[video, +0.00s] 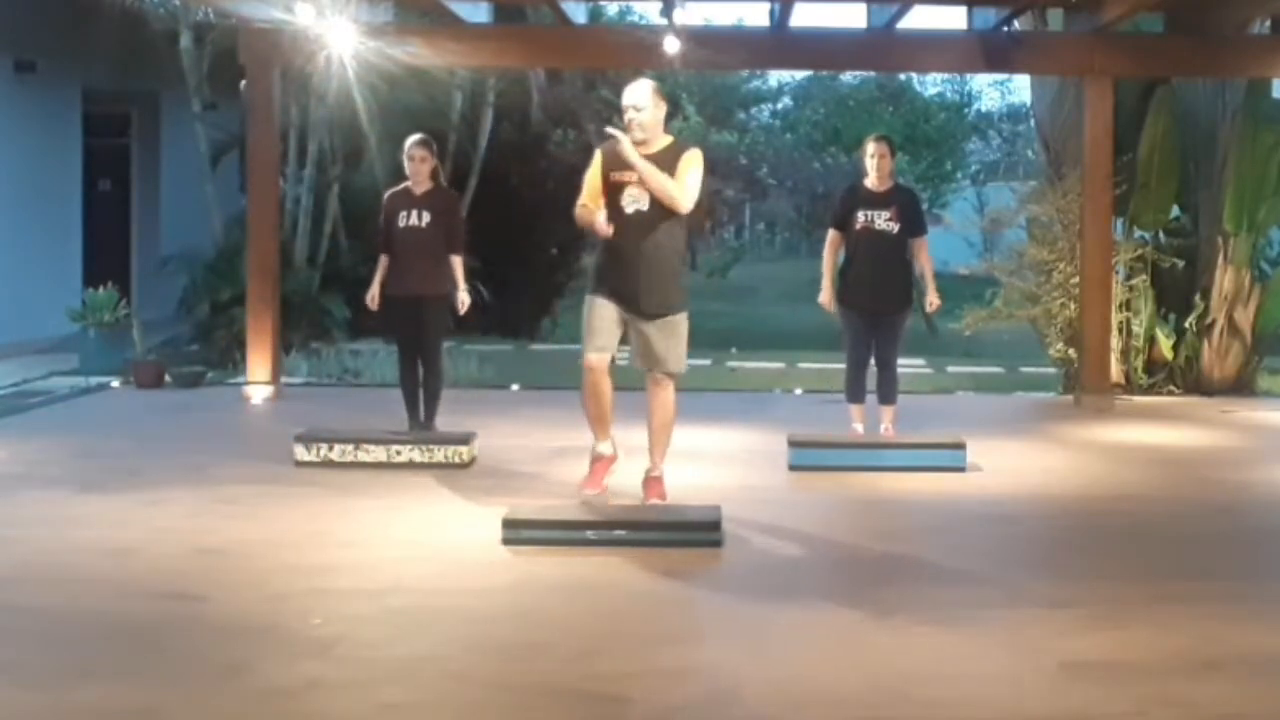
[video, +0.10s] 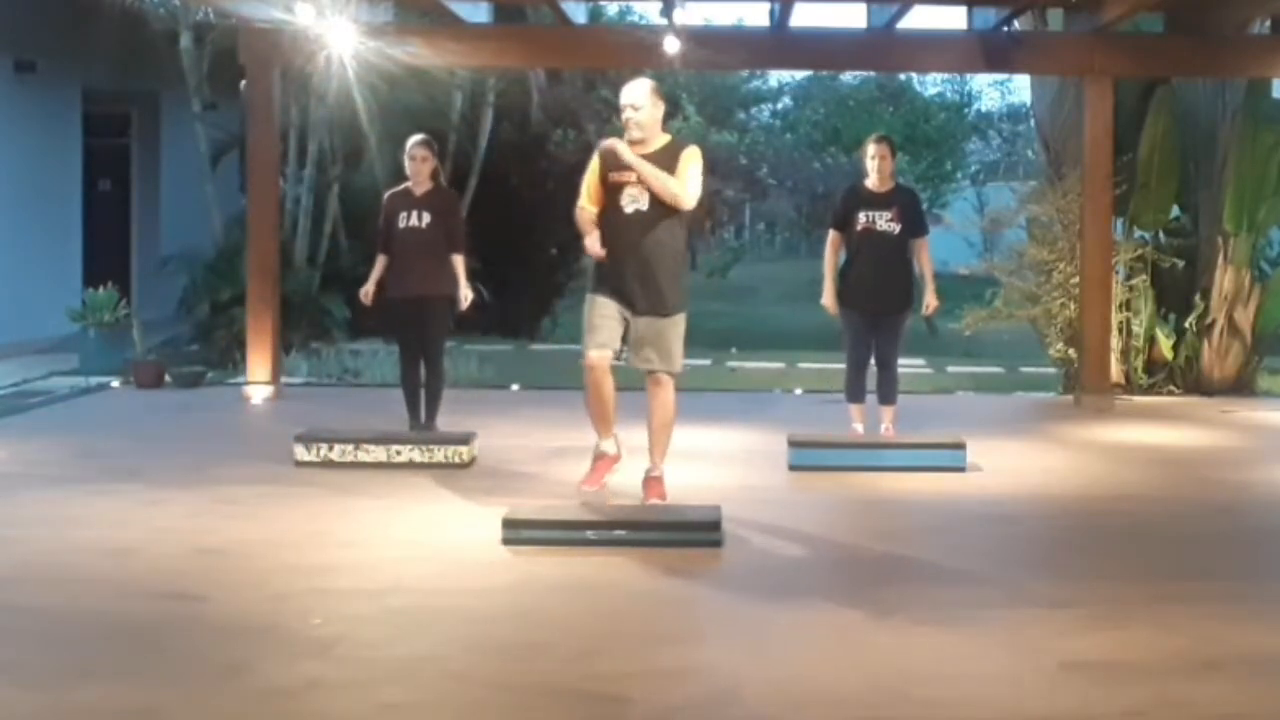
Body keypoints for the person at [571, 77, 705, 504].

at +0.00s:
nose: (631, 118)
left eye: (639, 110)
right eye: (626, 110)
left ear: (663, 113)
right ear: (621, 114)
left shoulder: (685, 156)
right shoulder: (607, 154)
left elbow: (683, 201)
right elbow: (583, 206)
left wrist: (634, 159)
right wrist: (595, 219)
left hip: (662, 289)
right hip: (610, 283)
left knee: (661, 379)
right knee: (594, 363)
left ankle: (656, 470)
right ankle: (603, 449)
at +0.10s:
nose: (628, 116)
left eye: (637, 109)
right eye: (624, 109)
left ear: (660, 112)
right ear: (620, 113)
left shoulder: (684, 154)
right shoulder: (607, 153)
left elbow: (686, 198)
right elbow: (586, 204)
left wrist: (632, 159)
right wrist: (591, 233)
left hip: (662, 285)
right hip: (610, 279)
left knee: (660, 377)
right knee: (594, 361)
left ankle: (656, 470)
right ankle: (606, 447)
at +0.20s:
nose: (623, 117)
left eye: (632, 109)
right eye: (619, 109)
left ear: (656, 112)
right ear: (615, 113)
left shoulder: (683, 157)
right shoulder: (603, 157)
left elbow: (694, 210)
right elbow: (585, 206)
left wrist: (634, 187)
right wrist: (589, 238)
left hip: (662, 288)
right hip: (609, 284)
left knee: (659, 379)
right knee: (600, 373)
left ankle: (656, 471)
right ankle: (611, 462)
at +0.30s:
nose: (618, 115)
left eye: (627, 108)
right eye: (614, 108)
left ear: (651, 110)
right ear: (610, 111)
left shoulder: (678, 158)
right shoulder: (598, 157)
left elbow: (700, 219)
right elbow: (579, 209)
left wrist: (646, 232)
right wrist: (592, 237)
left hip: (660, 295)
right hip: (608, 292)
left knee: (659, 380)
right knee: (609, 379)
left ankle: (656, 473)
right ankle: (619, 473)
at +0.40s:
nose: (613, 114)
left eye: (622, 106)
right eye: (610, 106)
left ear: (646, 110)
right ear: (605, 111)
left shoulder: (674, 159)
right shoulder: (590, 157)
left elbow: (711, 211)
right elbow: (567, 215)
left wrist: (672, 252)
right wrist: (587, 207)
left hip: (656, 291)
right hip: (606, 290)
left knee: (656, 379)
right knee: (609, 379)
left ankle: (656, 471)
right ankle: (618, 473)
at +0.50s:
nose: (616, 114)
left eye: (625, 106)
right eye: (611, 106)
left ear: (645, 111)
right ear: (605, 112)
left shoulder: (672, 156)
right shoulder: (589, 156)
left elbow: (721, 198)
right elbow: (562, 214)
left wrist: (687, 248)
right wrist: (588, 187)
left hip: (652, 290)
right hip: (602, 290)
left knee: (652, 375)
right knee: (607, 379)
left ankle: (657, 465)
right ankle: (618, 473)